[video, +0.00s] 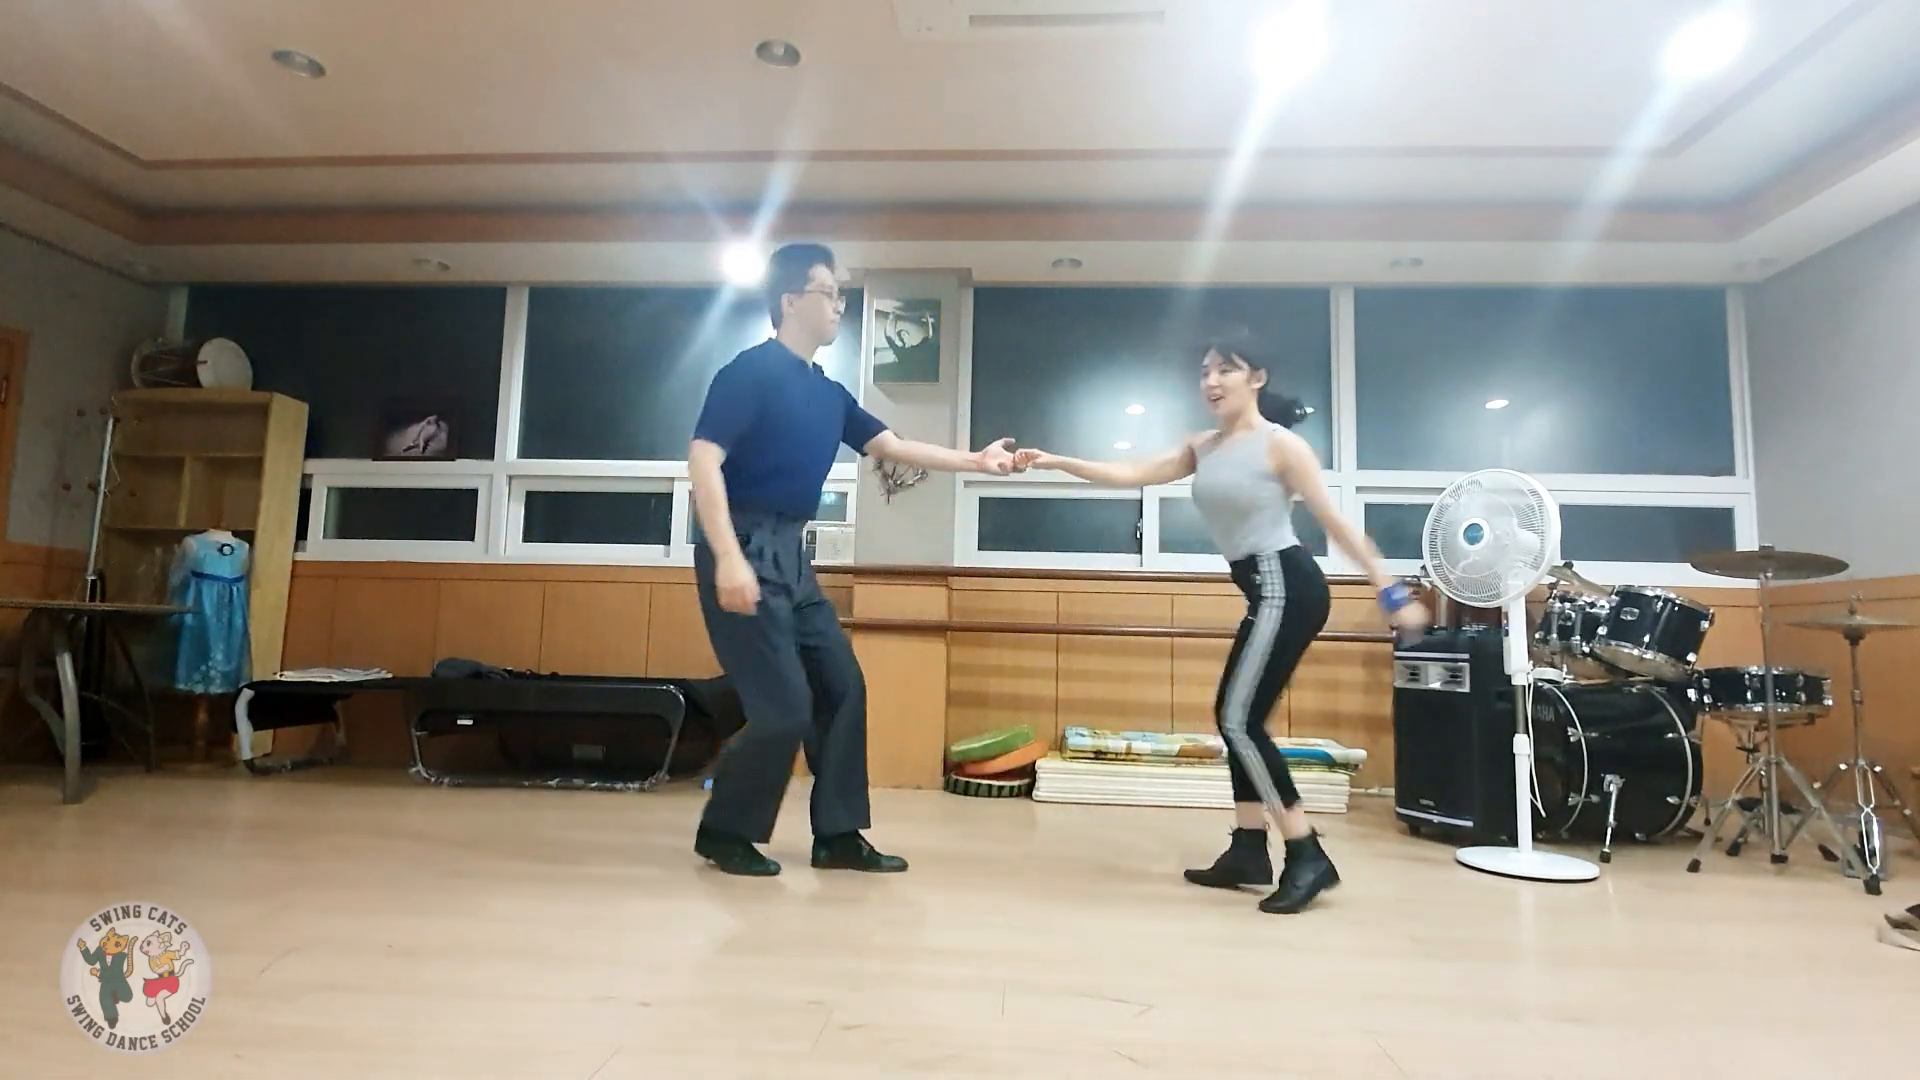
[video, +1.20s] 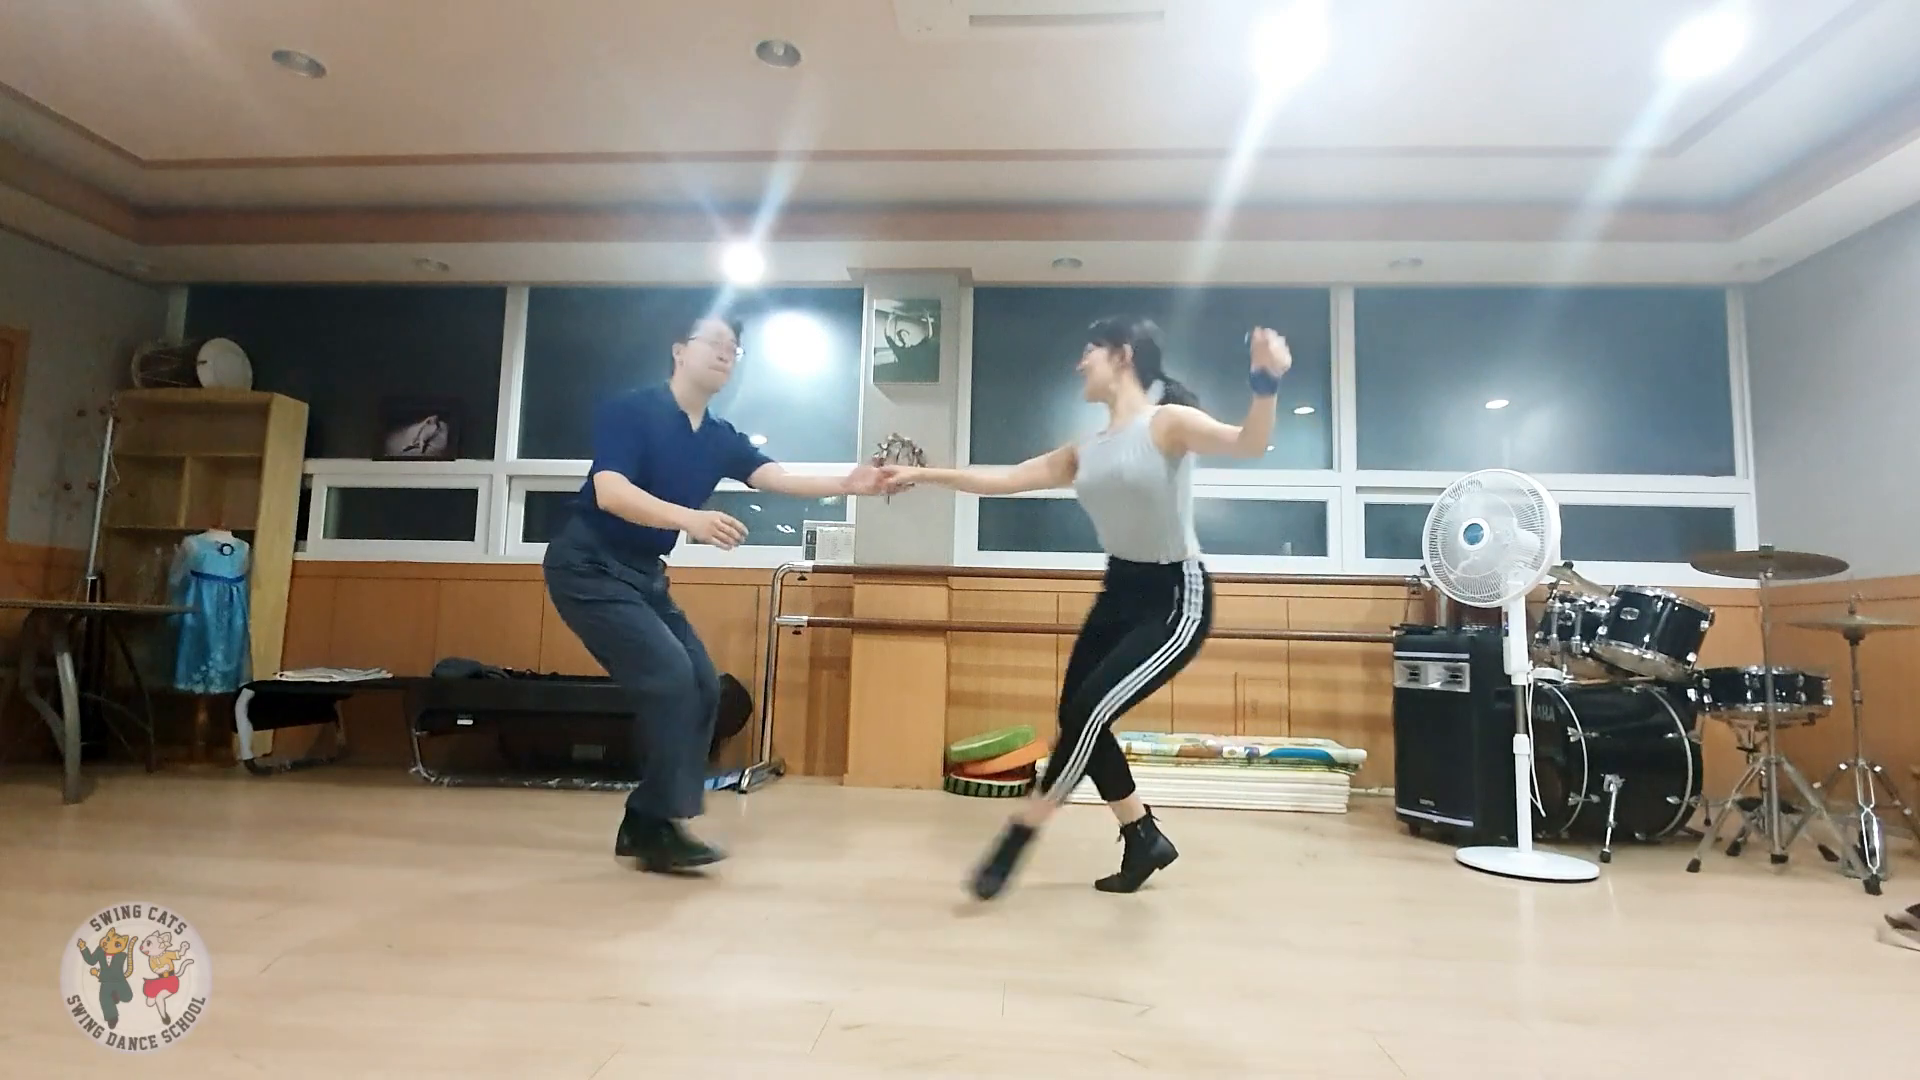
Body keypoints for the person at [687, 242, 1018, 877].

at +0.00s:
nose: (839, 307)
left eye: (839, 296)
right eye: (828, 294)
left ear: (811, 305)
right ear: (789, 301)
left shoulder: (829, 392)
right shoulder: (748, 373)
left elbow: (891, 446)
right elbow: (703, 462)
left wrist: (977, 461)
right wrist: (728, 557)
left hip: (789, 551)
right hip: (737, 548)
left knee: (841, 686)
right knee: (783, 705)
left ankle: (838, 836)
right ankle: (723, 831)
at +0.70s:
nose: (799, 353)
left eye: (802, 344)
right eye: (786, 341)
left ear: (800, 355)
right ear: (747, 347)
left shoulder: (796, 436)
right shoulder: (693, 410)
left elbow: (872, 479)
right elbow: (635, 489)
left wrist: (954, 483)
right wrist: (684, 544)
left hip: (722, 578)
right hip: (659, 568)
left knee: (782, 671)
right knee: (724, 684)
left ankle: (763, 829)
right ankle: (745, 841)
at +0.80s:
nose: (788, 362)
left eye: (791, 353)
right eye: (775, 350)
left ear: (789, 362)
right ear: (736, 357)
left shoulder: (784, 444)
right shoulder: (682, 419)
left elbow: (856, 485)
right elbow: (628, 499)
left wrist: (942, 492)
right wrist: (684, 547)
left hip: (708, 587)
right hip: (648, 576)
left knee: (769, 679)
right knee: (719, 685)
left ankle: (699, 804)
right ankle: (744, 840)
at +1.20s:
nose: (728, 357)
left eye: (733, 352)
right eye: (716, 345)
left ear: (733, 367)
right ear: (679, 350)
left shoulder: (721, 439)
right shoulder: (630, 411)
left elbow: (779, 477)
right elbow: (609, 490)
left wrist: (853, 480)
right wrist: (689, 519)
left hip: (642, 576)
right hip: (586, 567)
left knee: (703, 683)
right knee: (669, 675)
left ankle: (648, 820)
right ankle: (655, 825)